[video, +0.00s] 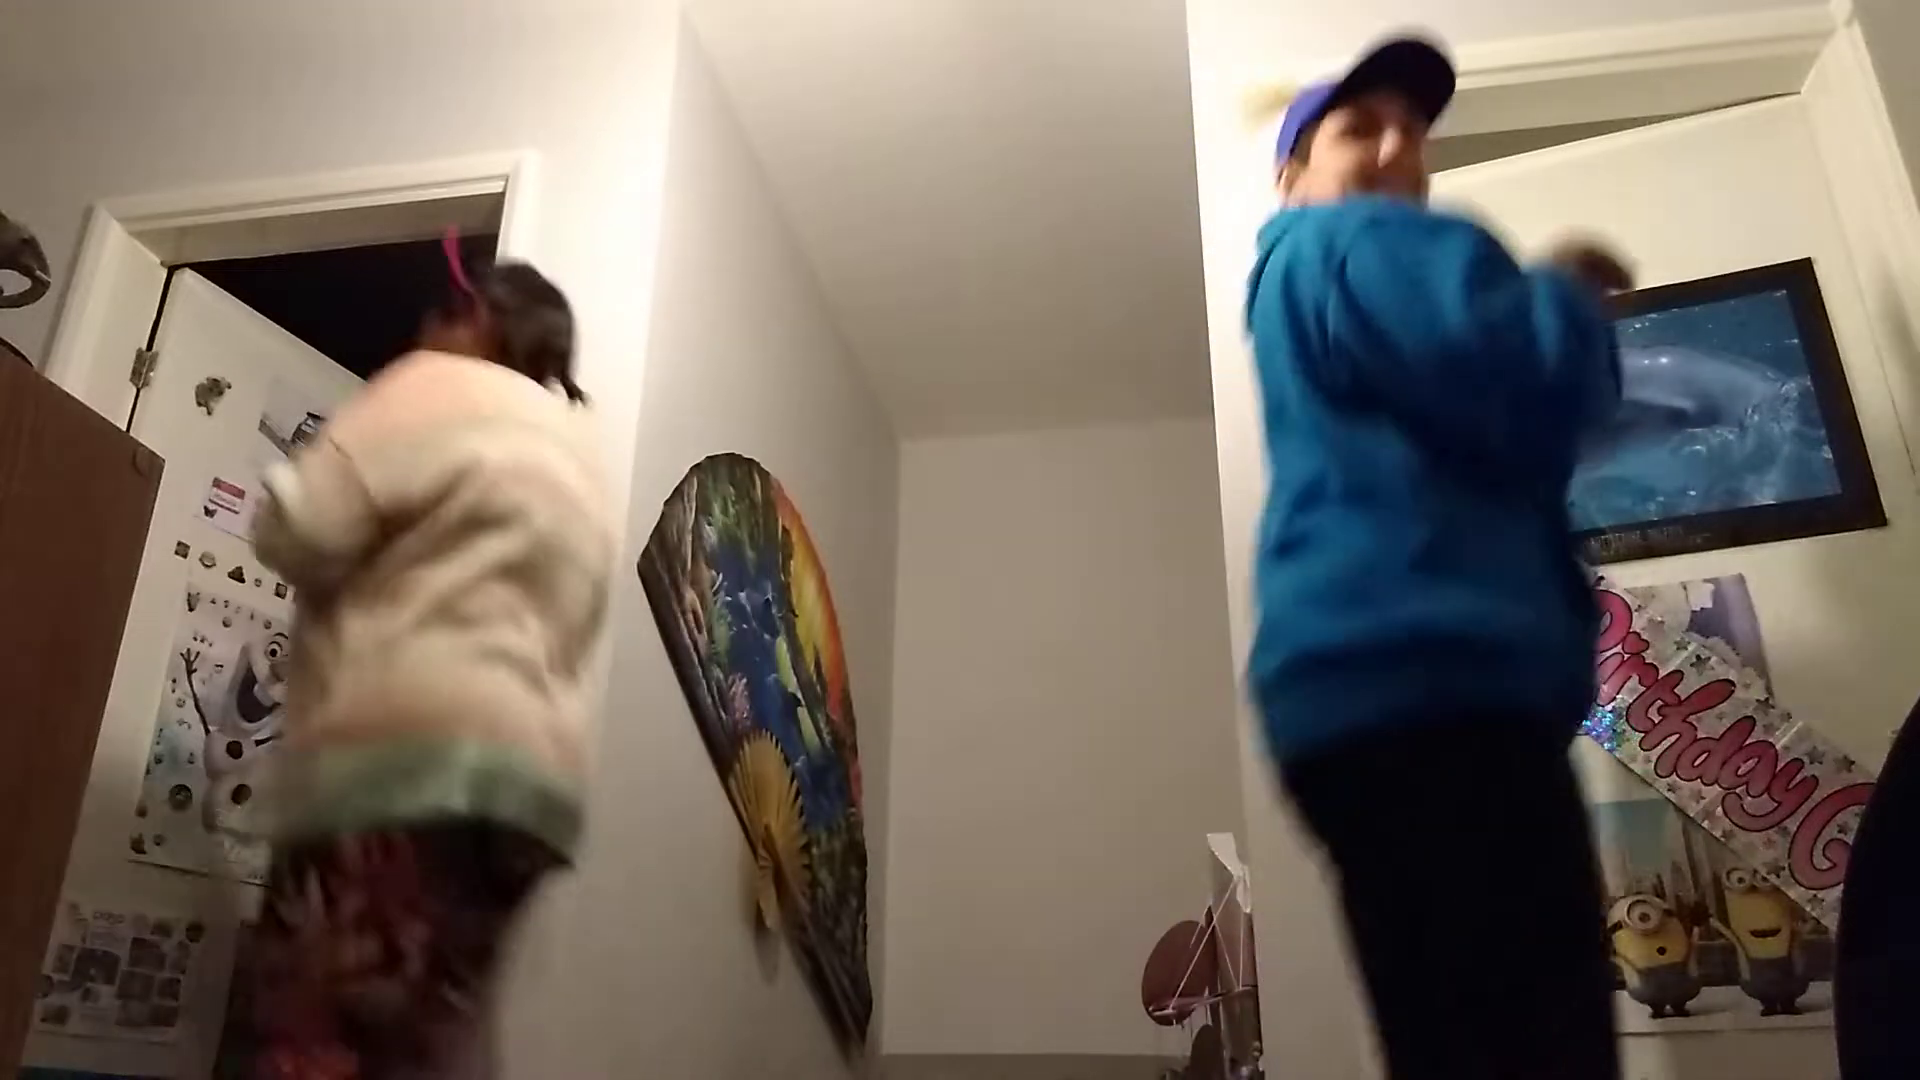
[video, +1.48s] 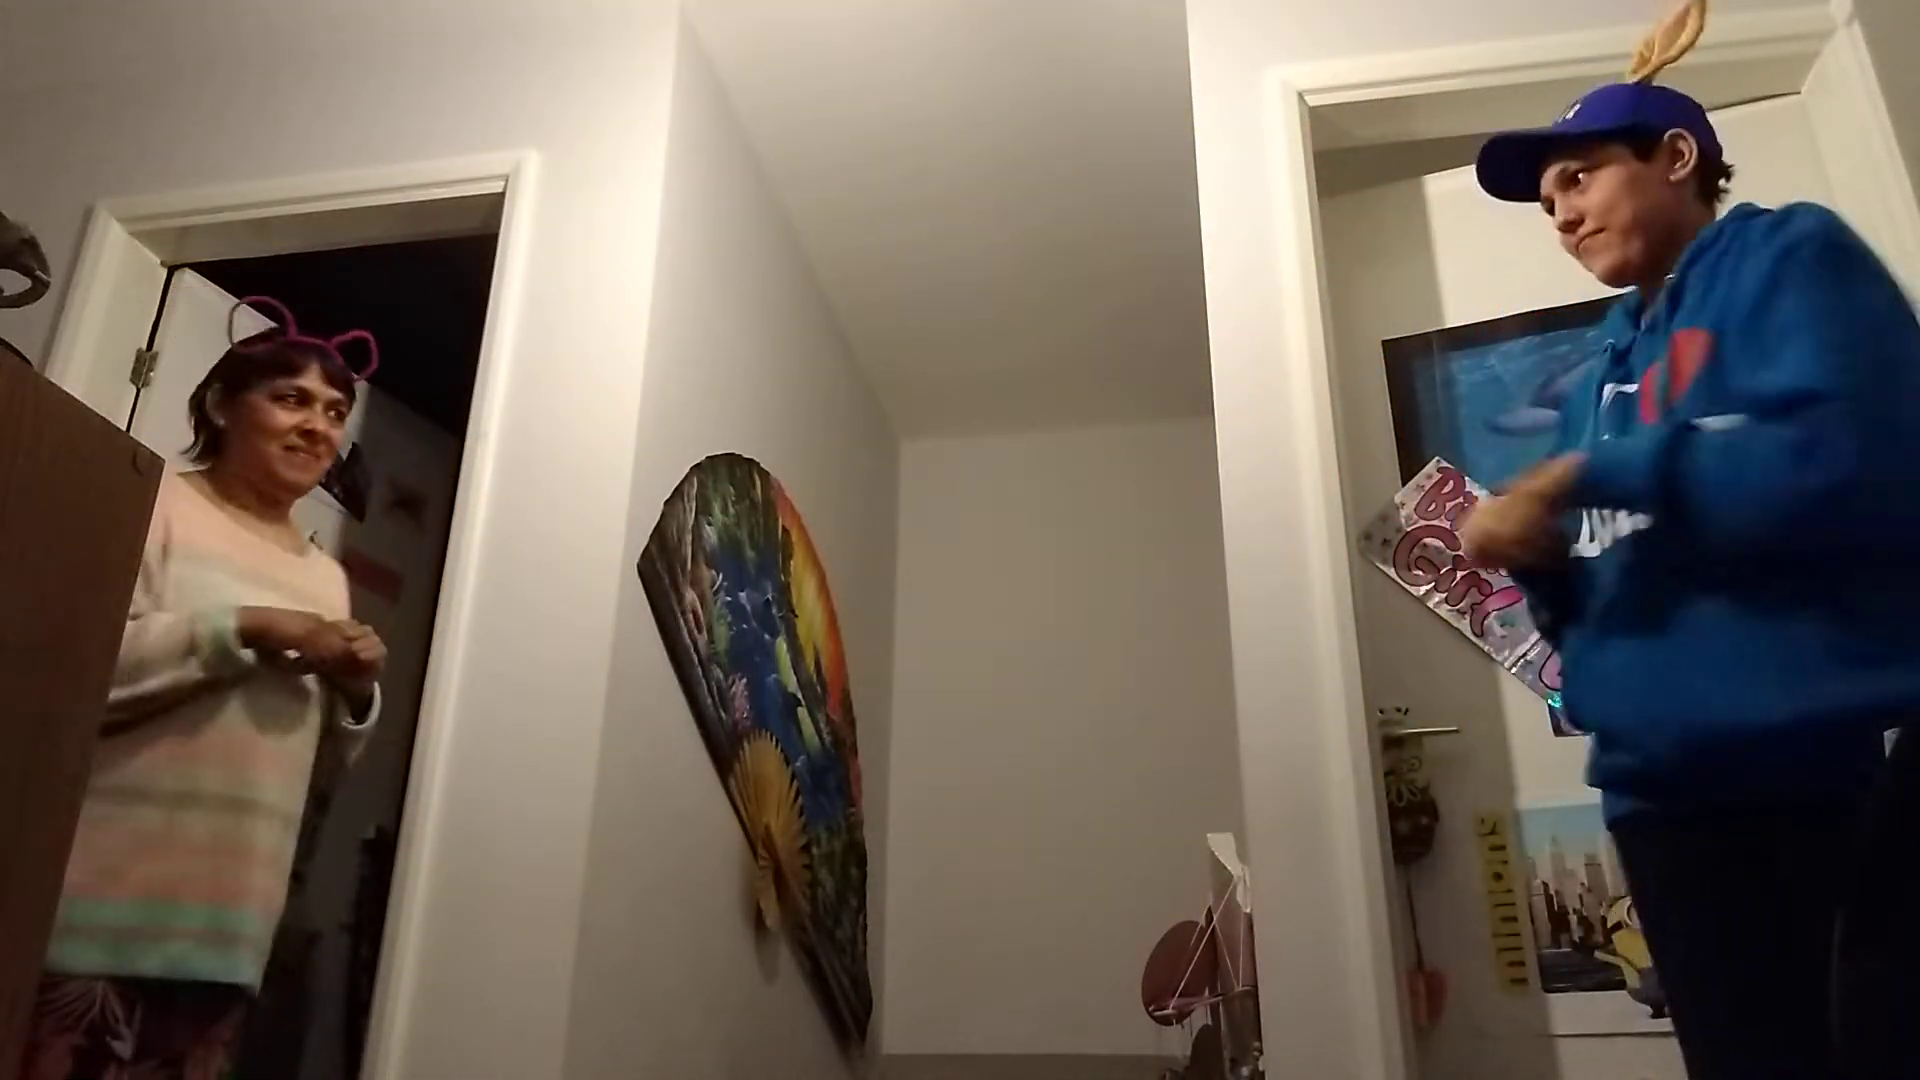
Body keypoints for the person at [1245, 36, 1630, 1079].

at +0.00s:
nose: (1398, 148)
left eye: (1410, 135)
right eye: (1365, 127)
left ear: (1420, 152)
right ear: (1297, 155)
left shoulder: (1306, 263)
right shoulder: (1356, 242)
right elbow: (1519, 383)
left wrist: (1550, 295)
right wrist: (1569, 286)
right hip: (1427, 679)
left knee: (1456, 1022)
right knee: (1534, 1019)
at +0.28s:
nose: (1507, 185)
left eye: (1523, 169)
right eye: (1465, 170)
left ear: (1542, 200)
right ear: (1401, 223)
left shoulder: (1433, 310)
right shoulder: (1451, 291)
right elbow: (1634, 460)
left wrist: (1657, 340)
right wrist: (1683, 328)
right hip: (1550, 767)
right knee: (1714, 1049)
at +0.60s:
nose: (1557, 151)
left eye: (1572, 129)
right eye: (1514, 135)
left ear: (1598, 155)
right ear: (1462, 189)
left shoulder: (1626, 283)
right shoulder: (1500, 276)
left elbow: (1840, 489)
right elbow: (1659, 388)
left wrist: (1794, 322)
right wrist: (1770, 271)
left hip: (1757, 714)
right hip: (1659, 738)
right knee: (1801, 1031)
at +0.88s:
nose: (1632, 166)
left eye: (1656, 140)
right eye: (1592, 156)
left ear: (1699, 170)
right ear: (1557, 211)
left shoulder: (1748, 326)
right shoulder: (1568, 316)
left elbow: (1866, 502)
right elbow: (1703, 482)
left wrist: (1894, 363)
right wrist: (1834, 326)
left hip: (1817, 763)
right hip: (1690, 785)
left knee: (1866, 1042)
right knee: (1787, 1053)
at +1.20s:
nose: (1601, 175)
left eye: (1629, 142)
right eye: (1582, 169)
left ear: (1721, 148)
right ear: (1580, 209)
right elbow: (1499, 589)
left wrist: (1819, 379)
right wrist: (1598, 429)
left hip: (1887, 761)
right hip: (1682, 793)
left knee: (1890, 1043)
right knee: (1768, 1055)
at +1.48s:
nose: (1562, 213)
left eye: (1580, 176)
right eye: (1551, 201)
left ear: (1678, 157)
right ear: (1558, 227)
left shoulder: (1794, 252)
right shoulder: (1599, 372)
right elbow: (1616, 598)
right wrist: (1533, 557)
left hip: (1816, 766)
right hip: (1662, 791)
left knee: (1842, 1048)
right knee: (1734, 1053)